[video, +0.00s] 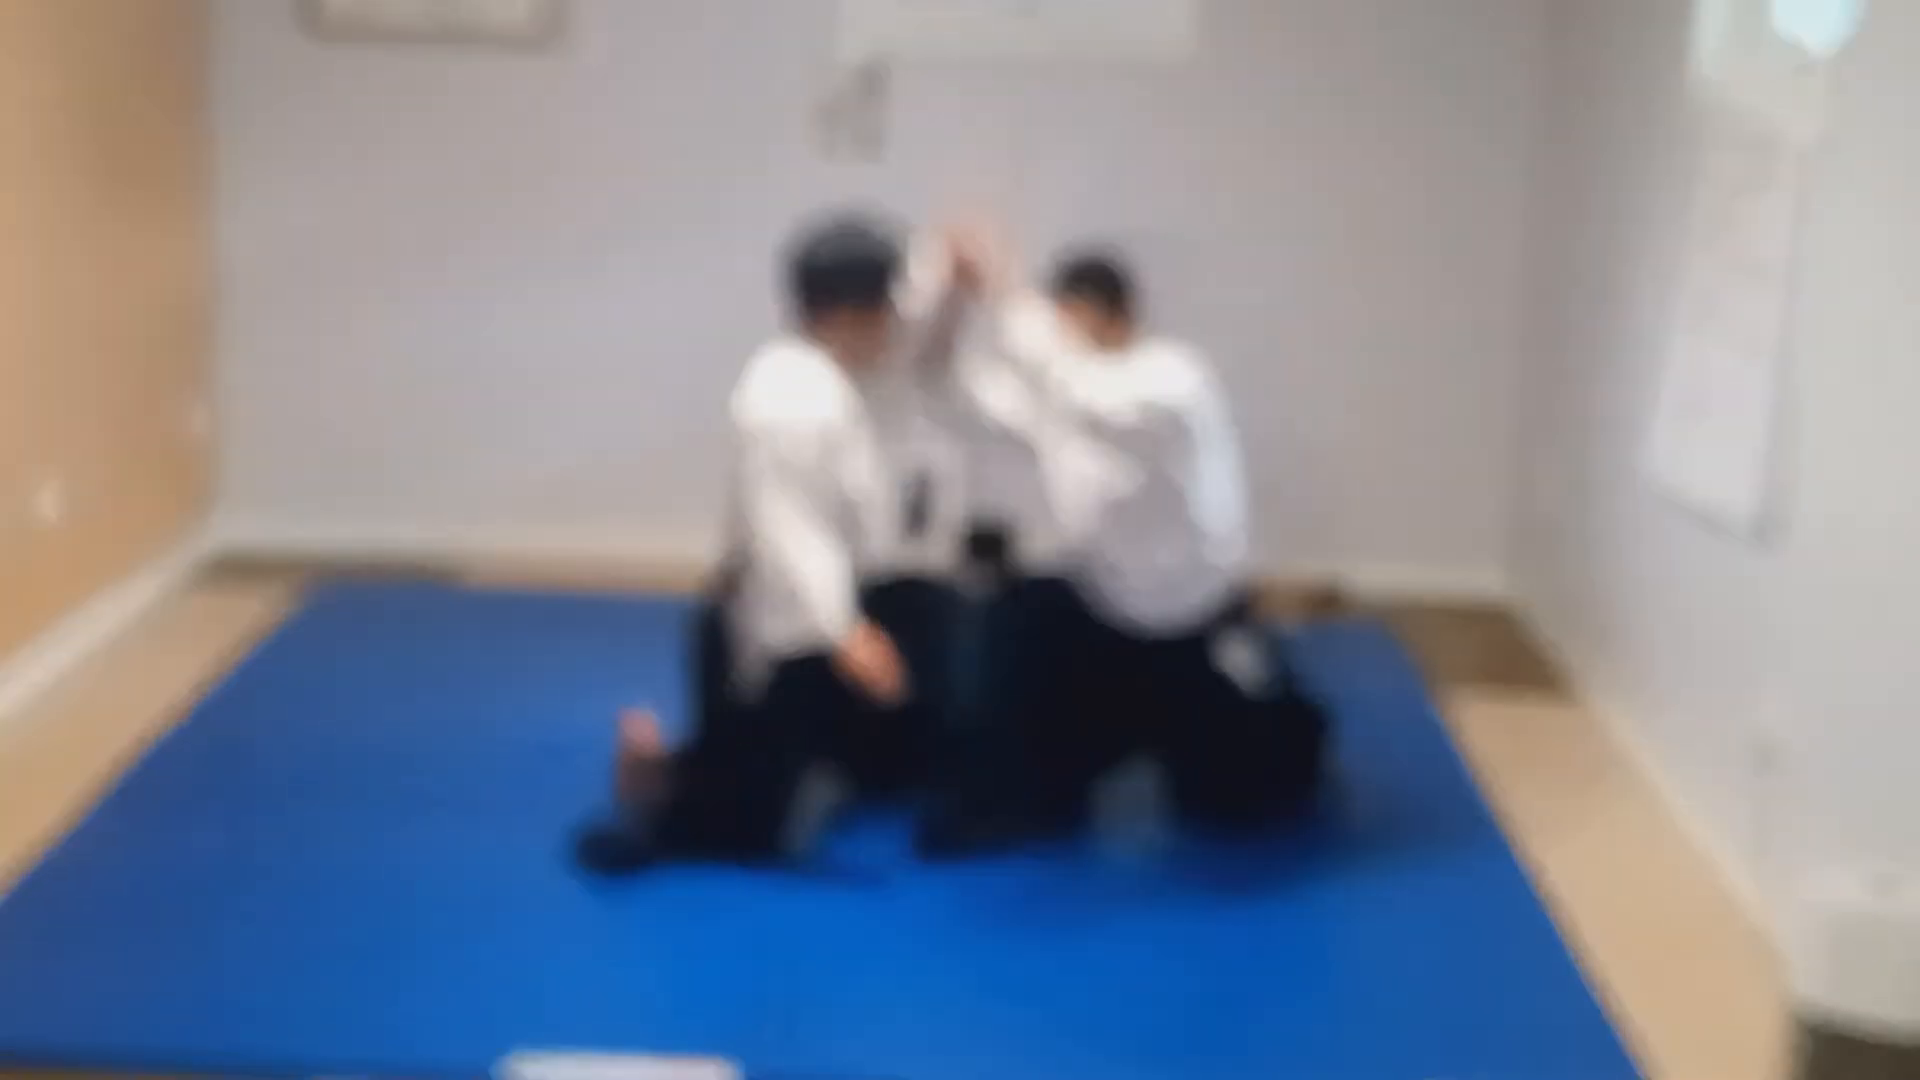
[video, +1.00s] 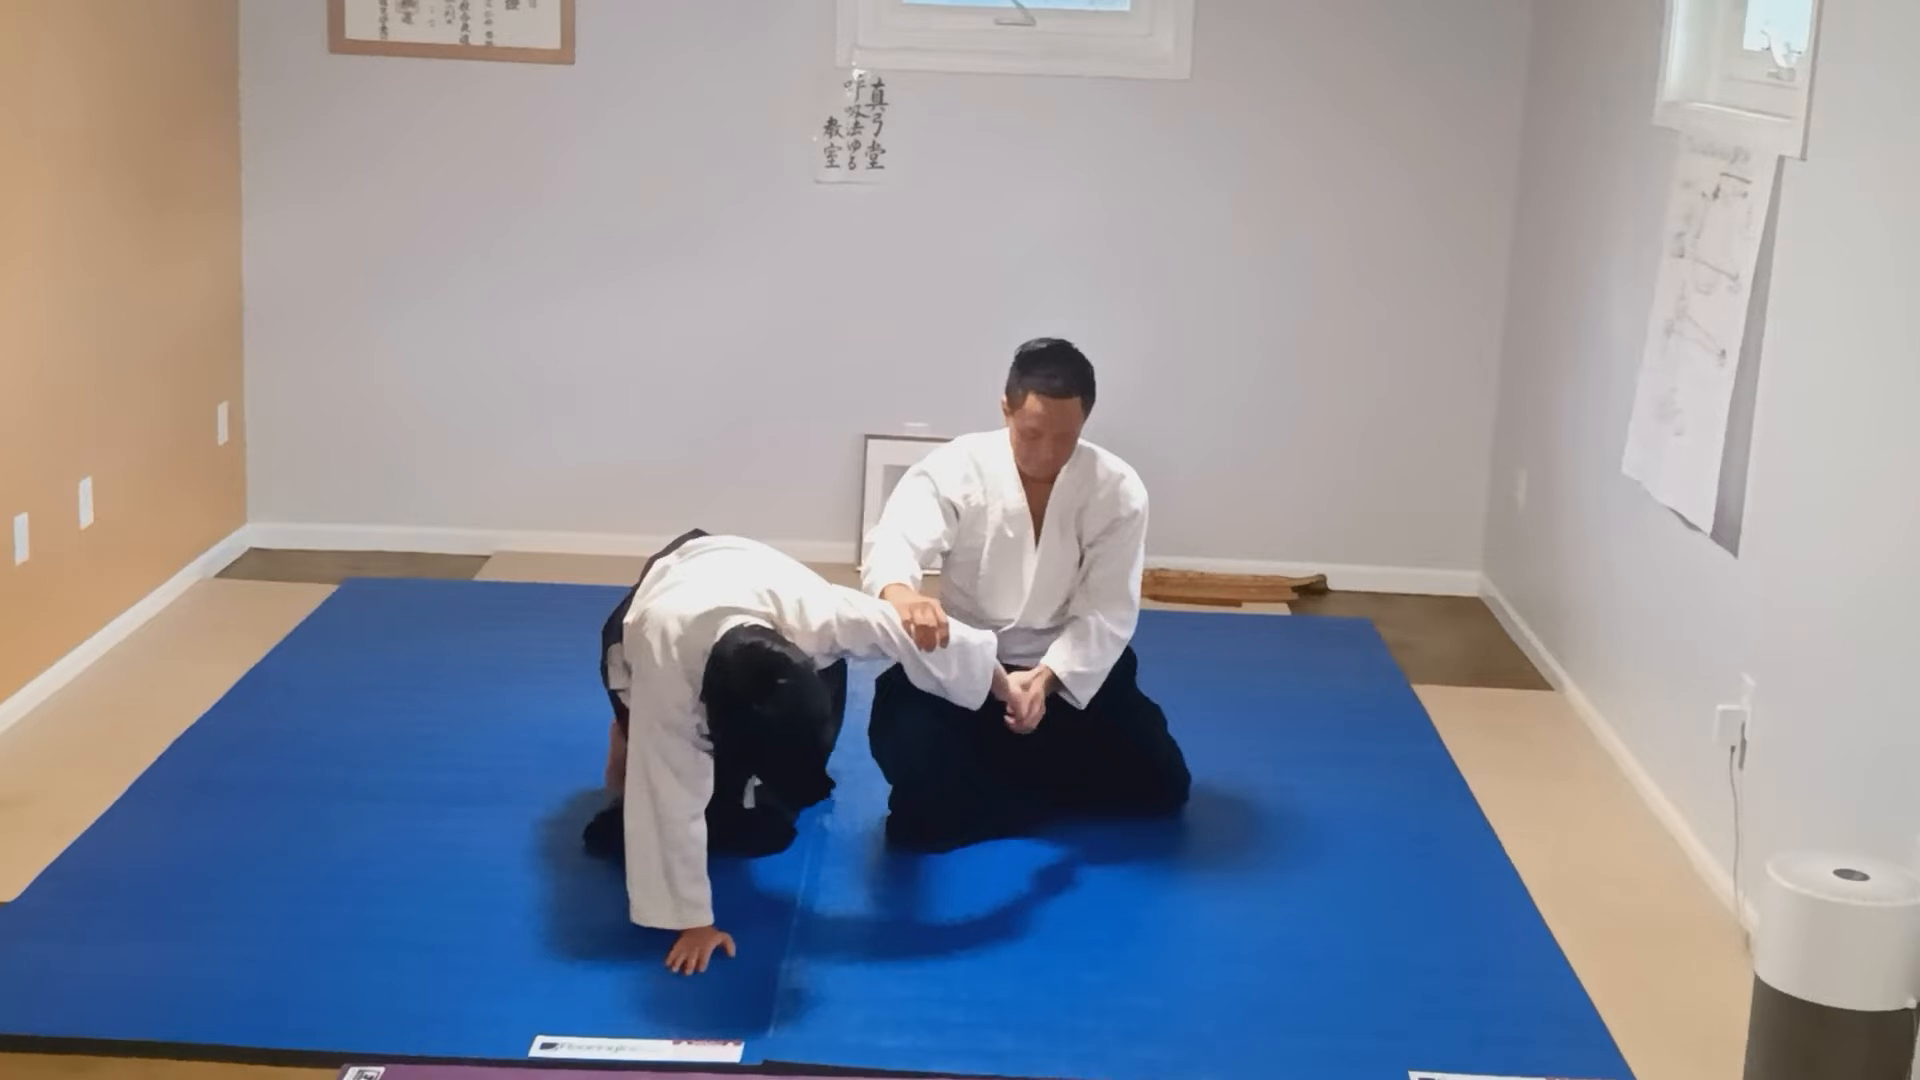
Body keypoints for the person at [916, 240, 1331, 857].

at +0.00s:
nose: (1062, 329)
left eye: (1072, 313)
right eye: (1058, 315)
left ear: (1108, 312)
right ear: (1051, 321)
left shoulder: (1173, 377)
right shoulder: (1049, 400)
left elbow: (1093, 394)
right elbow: (948, 387)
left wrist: (1008, 305)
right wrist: (952, 300)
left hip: (1204, 639)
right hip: (1097, 638)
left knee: (1240, 808)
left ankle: (1291, 728)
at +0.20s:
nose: (1016, 393)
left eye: (1029, 378)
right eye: (1005, 377)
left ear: (1073, 362)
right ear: (996, 364)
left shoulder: (1120, 428)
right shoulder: (999, 413)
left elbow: (1070, 514)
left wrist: (983, 476)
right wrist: (945, 464)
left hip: (1143, 640)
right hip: (1053, 630)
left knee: (1158, 783)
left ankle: (1203, 737)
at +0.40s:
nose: (1010, 414)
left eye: (1026, 400)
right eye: (999, 397)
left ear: (1066, 384)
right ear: (989, 377)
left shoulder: (1119, 455)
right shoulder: (960, 431)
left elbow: (1119, 572)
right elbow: (918, 533)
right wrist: (919, 487)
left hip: (1102, 635)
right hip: (994, 629)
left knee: (1156, 779)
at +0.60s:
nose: (1031, 435)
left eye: (1048, 421)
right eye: (1019, 418)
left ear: (1080, 404)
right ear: (1005, 397)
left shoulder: (1128, 468)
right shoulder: (964, 452)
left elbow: (1152, 592)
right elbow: (914, 517)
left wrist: (1095, 675)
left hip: (1099, 648)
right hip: (996, 643)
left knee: (1158, 784)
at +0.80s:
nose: (1049, 443)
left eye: (1066, 426)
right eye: (1036, 424)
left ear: (1090, 412)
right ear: (1014, 402)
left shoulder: (1125, 483)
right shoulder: (960, 462)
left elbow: (1119, 609)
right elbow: (905, 538)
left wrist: (1061, 692)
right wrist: (916, 601)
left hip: (1088, 651)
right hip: (980, 645)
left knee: (1158, 786)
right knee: (934, 802)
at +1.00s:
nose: (1046, 453)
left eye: (1064, 436)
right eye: (1032, 434)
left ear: (1084, 422)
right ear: (1006, 409)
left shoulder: (1115, 490)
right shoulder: (955, 469)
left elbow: (1107, 612)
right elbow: (893, 543)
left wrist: (1046, 676)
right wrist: (903, 593)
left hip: (1070, 666)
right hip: (960, 662)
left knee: (1157, 784)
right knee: (929, 796)